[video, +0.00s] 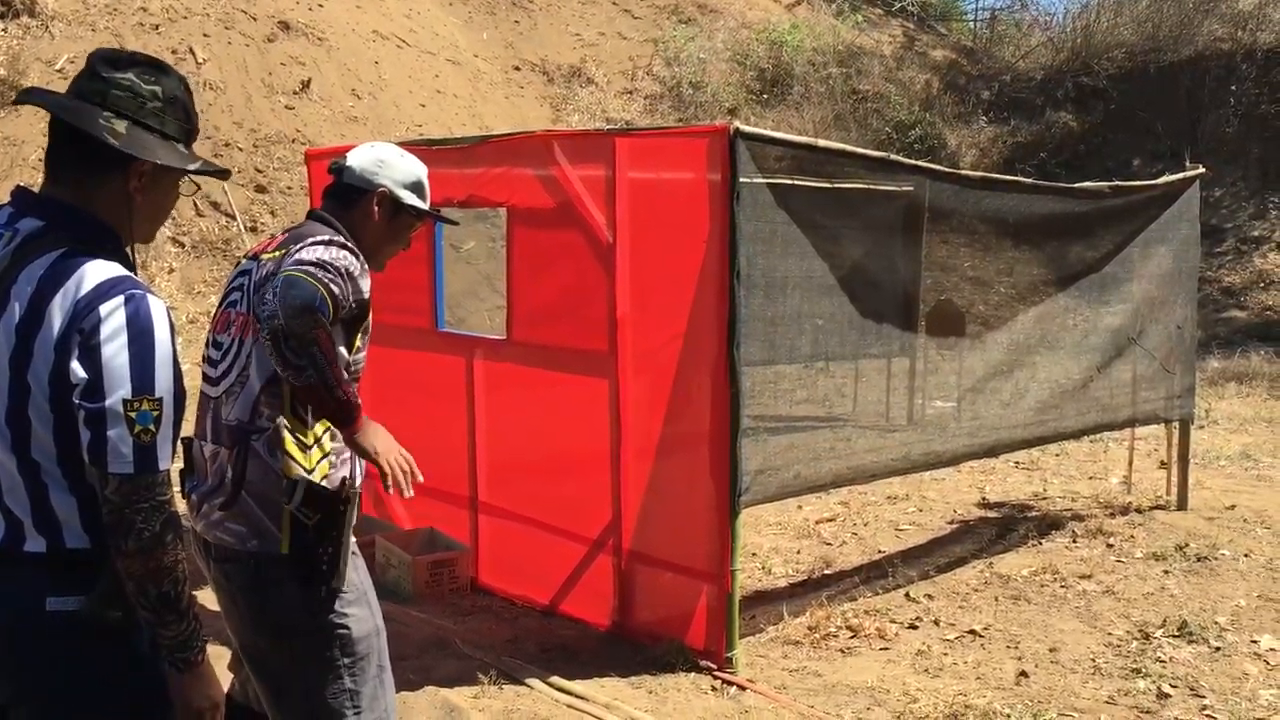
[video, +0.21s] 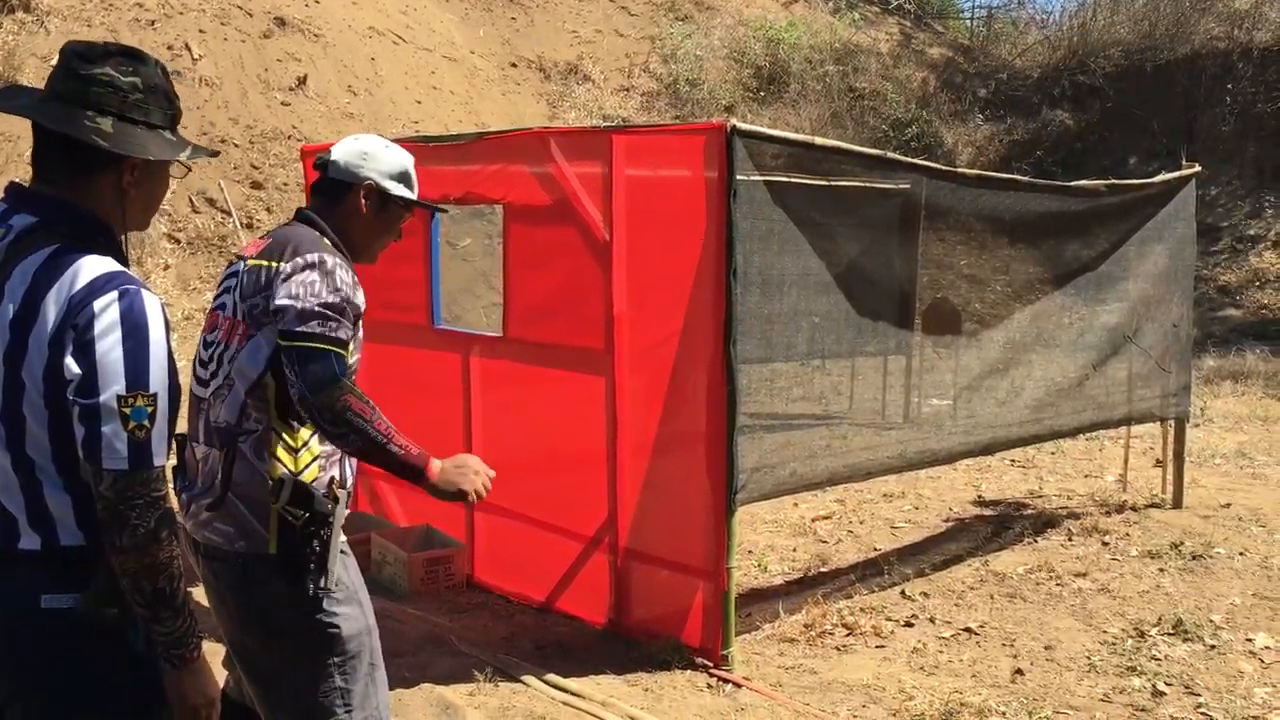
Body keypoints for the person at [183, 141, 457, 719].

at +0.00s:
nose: (410, 243)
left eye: (417, 229)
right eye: (411, 225)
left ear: (345, 200)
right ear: (375, 208)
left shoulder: (273, 253)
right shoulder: (335, 256)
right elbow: (291, 313)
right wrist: (357, 423)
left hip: (236, 529)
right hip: (290, 537)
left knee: (269, 693)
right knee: (354, 703)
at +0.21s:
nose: (401, 233)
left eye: (406, 218)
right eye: (399, 215)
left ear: (349, 198)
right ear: (363, 200)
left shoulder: (261, 254)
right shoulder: (321, 269)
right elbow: (326, 396)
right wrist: (431, 470)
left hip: (229, 525)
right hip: (286, 533)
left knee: (264, 692)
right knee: (348, 703)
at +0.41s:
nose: (383, 202)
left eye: (383, 187)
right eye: (375, 186)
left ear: (322, 184)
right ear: (335, 185)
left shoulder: (245, 251)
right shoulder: (322, 274)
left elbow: (239, 398)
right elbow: (350, 419)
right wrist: (400, 531)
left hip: (221, 528)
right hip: (283, 539)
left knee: (262, 698)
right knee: (343, 702)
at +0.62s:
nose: (380, 200)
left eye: (381, 185)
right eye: (374, 184)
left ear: (317, 180)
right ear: (336, 183)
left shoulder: (243, 249)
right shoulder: (321, 271)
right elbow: (335, 424)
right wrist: (377, 538)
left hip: (217, 524)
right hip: (280, 536)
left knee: (261, 694)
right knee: (344, 700)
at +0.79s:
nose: (388, 207)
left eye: (387, 192)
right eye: (382, 192)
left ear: (316, 189)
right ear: (345, 194)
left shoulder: (246, 257)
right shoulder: (325, 278)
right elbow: (337, 427)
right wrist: (386, 540)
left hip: (205, 529)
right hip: (272, 543)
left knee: (253, 697)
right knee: (348, 701)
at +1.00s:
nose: (393, 220)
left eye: (394, 205)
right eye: (388, 204)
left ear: (314, 199)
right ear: (351, 204)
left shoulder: (251, 265)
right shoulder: (327, 288)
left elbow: (253, 406)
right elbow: (342, 434)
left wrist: (318, 496)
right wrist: (393, 548)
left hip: (206, 524)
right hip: (266, 538)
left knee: (261, 683)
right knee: (352, 699)